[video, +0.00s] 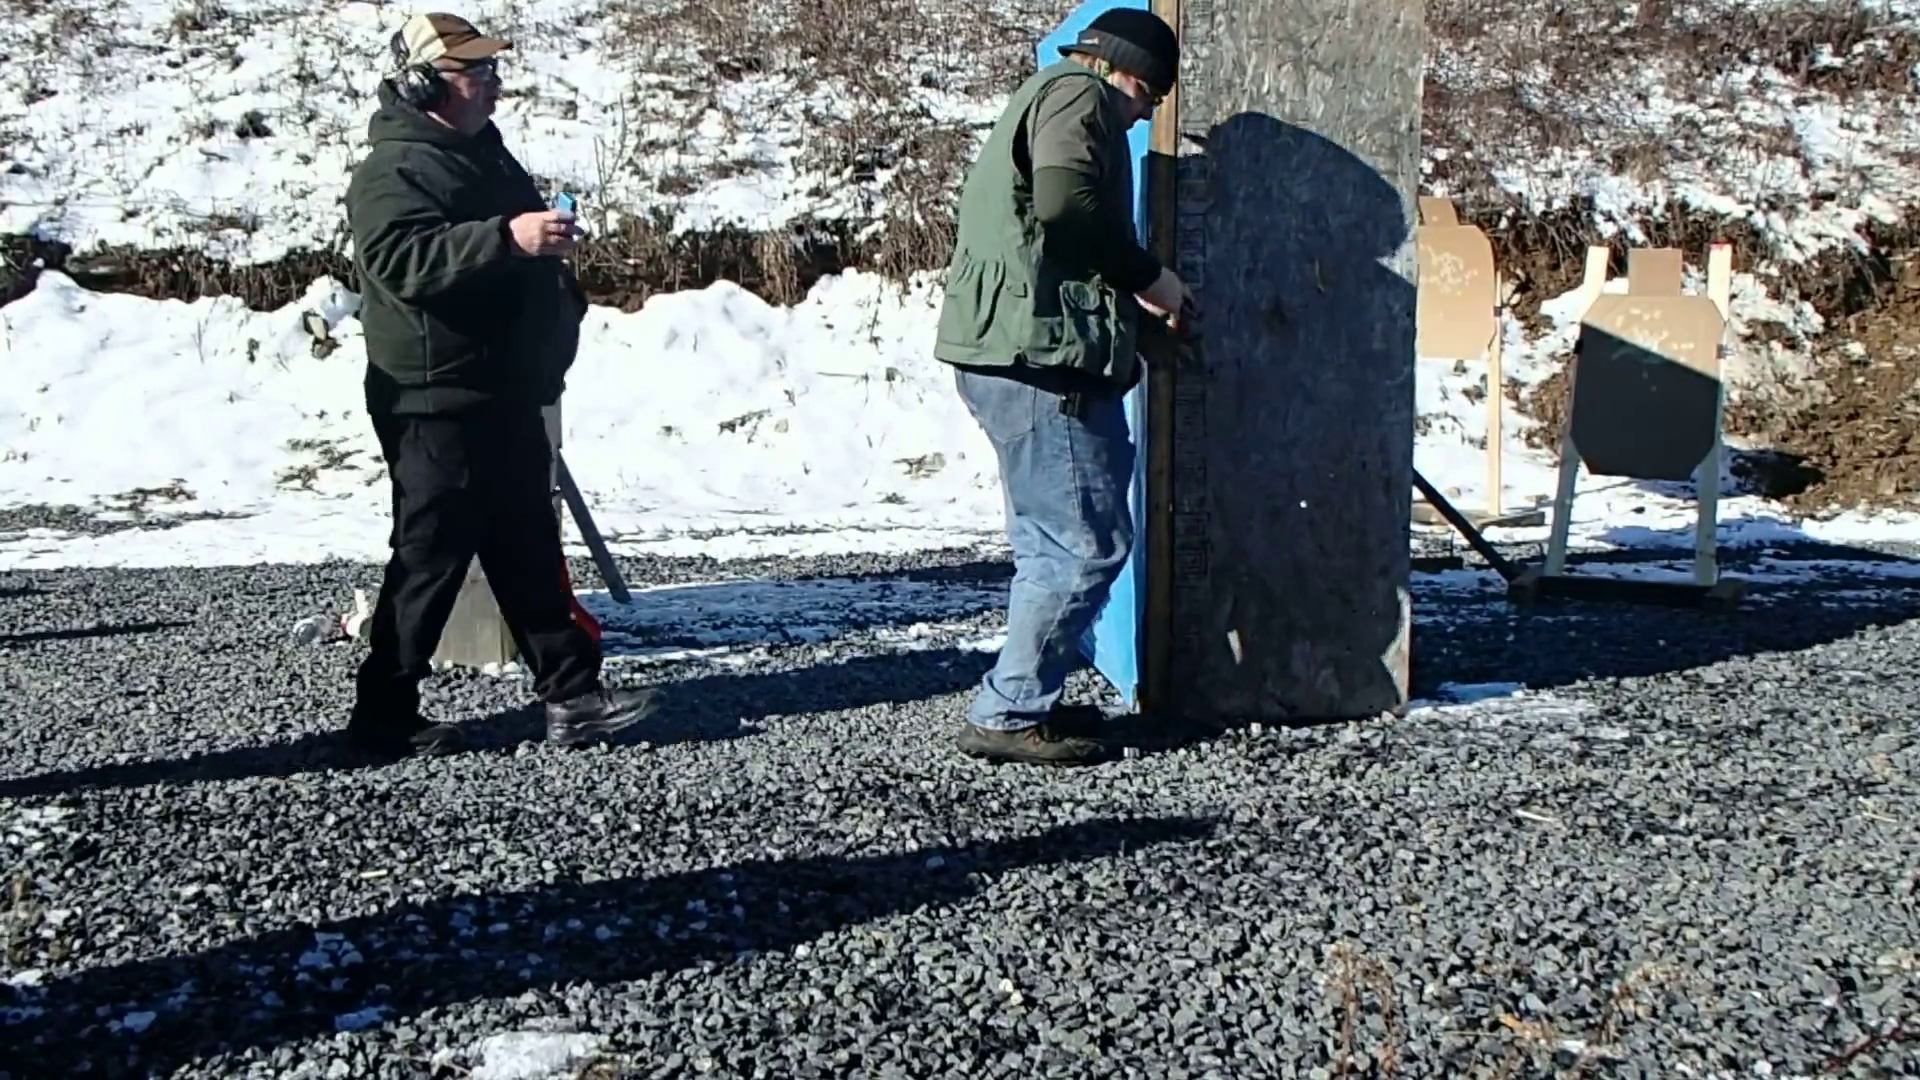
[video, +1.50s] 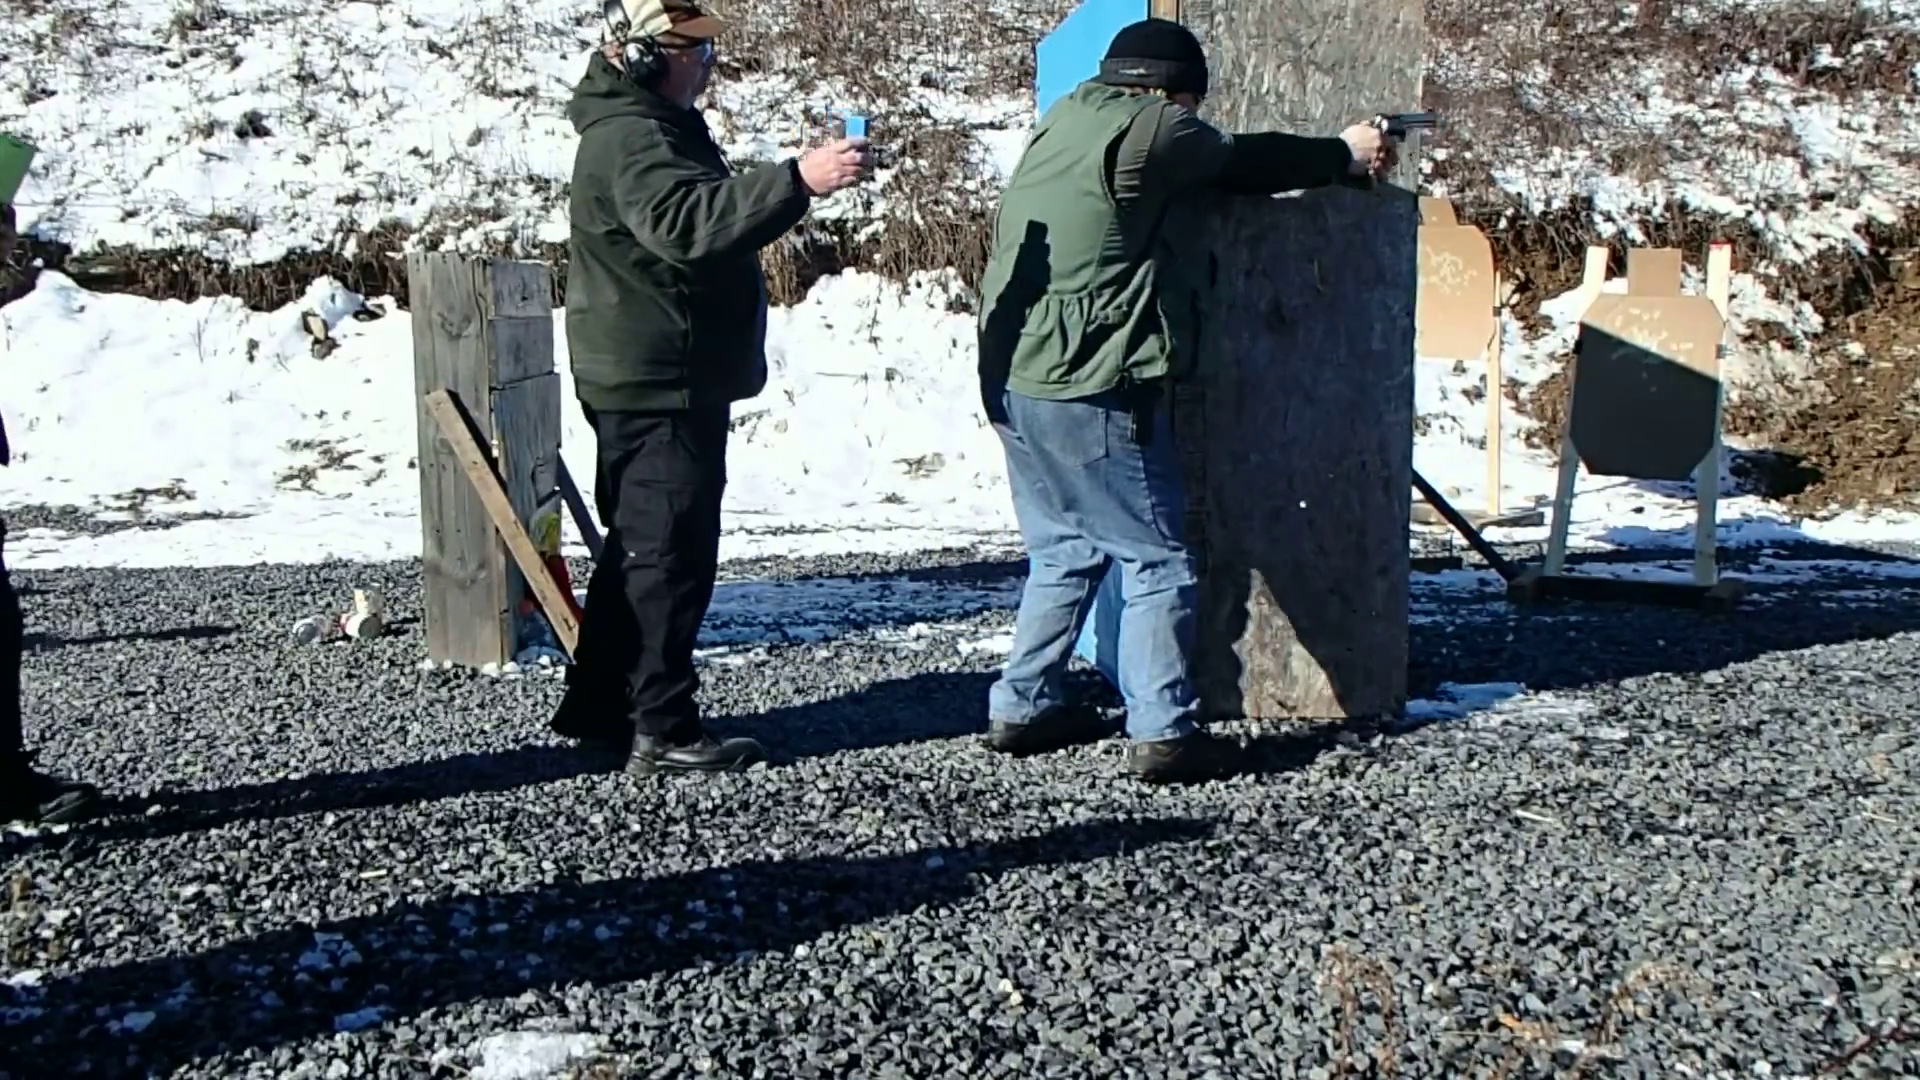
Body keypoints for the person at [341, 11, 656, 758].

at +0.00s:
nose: (493, 84)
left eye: (493, 70)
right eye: (480, 71)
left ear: (465, 80)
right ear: (437, 81)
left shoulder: (486, 156)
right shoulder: (392, 168)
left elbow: (525, 252)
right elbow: (407, 266)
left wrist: (554, 246)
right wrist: (508, 238)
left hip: (506, 387)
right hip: (434, 396)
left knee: (530, 545)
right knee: (428, 557)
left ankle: (571, 694)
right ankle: (384, 717)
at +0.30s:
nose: (573, 80)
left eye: (570, 68)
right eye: (560, 69)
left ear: (538, 81)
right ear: (522, 80)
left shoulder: (564, 153)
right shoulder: (475, 160)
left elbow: (597, 248)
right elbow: (484, 256)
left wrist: (644, 279)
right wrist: (578, 226)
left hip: (589, 377)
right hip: (516, 383)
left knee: (600, 537)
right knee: (546, 531)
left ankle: (592, 702)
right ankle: (466, 670)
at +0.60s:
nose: (631, 79)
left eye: (629, 66)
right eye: (617, 67)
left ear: (599, 77)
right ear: (576, 75)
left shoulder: (604, 146)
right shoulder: (534, 156)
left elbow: (638, 242)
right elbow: (530, 264)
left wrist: (687, 275)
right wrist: (621, 239)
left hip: (621, 379)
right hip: (577, 387)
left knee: (603, 546)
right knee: (629, 540)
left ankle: (590, 712)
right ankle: (637, 717)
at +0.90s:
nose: (671, 79)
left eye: (670, 65)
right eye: (659, 67)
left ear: (621, 72)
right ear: (618, 74)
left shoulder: (628, 139)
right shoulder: (587, 150)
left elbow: (645, 243)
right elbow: (613, 260)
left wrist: (722, 218)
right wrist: (706, 220)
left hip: (647, 386)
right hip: (629, 392)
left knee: (630, 550)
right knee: (660, 554)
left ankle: (595, 712)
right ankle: (660, 731)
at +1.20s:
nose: (702, 69)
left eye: (701, 56)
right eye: (690, 56)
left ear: (645, 62)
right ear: (643, 61)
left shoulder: (657, 129)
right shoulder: (621, 137)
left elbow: (695, 220)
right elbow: (667, 231)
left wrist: (773, 173)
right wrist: (773, 177)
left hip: (662, 381)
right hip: (653, 386)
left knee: (640, 546)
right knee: (671, 552)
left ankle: (597, 708)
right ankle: (661, 729)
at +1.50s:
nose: (710, 65)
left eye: (709, 52)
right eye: (698, 51)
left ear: (647, 56)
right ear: (651, 56)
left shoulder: (658, 126)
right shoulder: (631, 134)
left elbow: (707, 217)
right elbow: (688, 226)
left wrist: (792, 174)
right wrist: (798, 178)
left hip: (669, 379)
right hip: (658, 384)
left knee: (645, 547)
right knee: (671, 555)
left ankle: (598, 706)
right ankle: (662, 731)